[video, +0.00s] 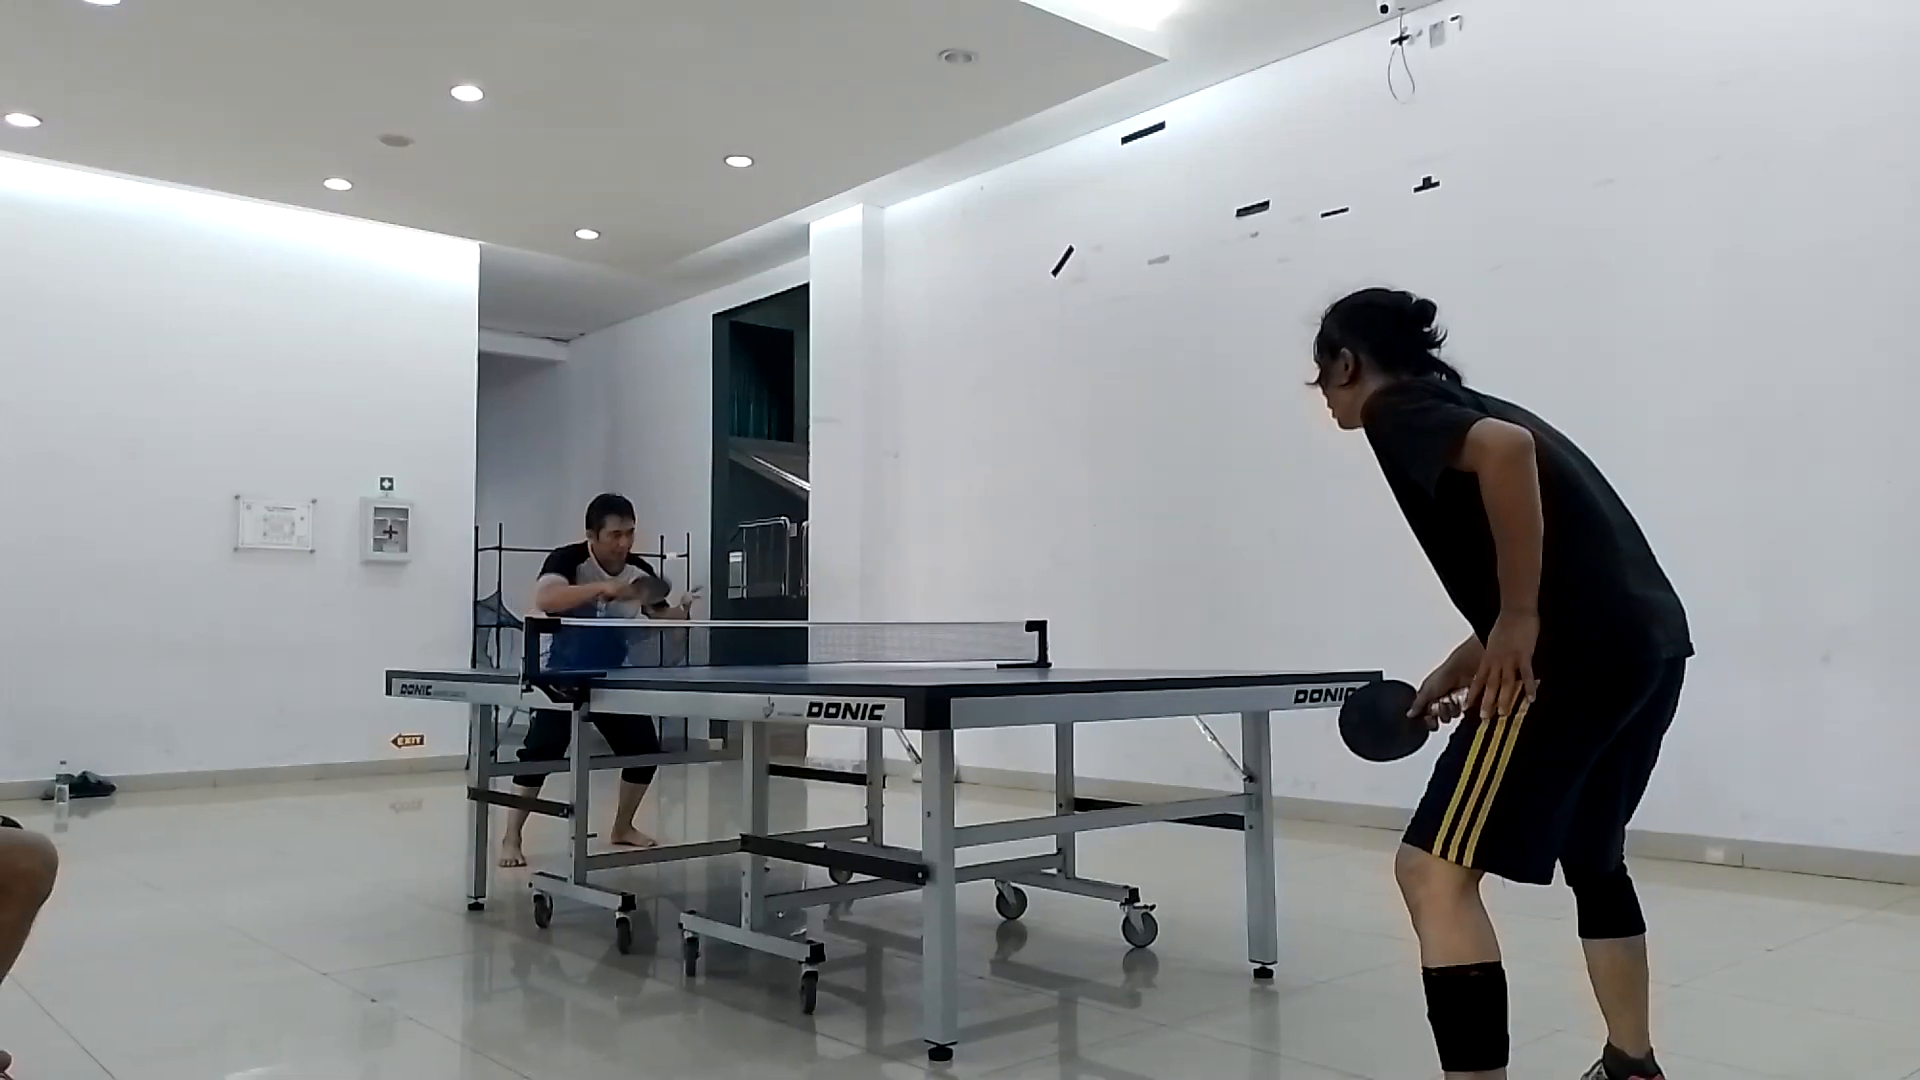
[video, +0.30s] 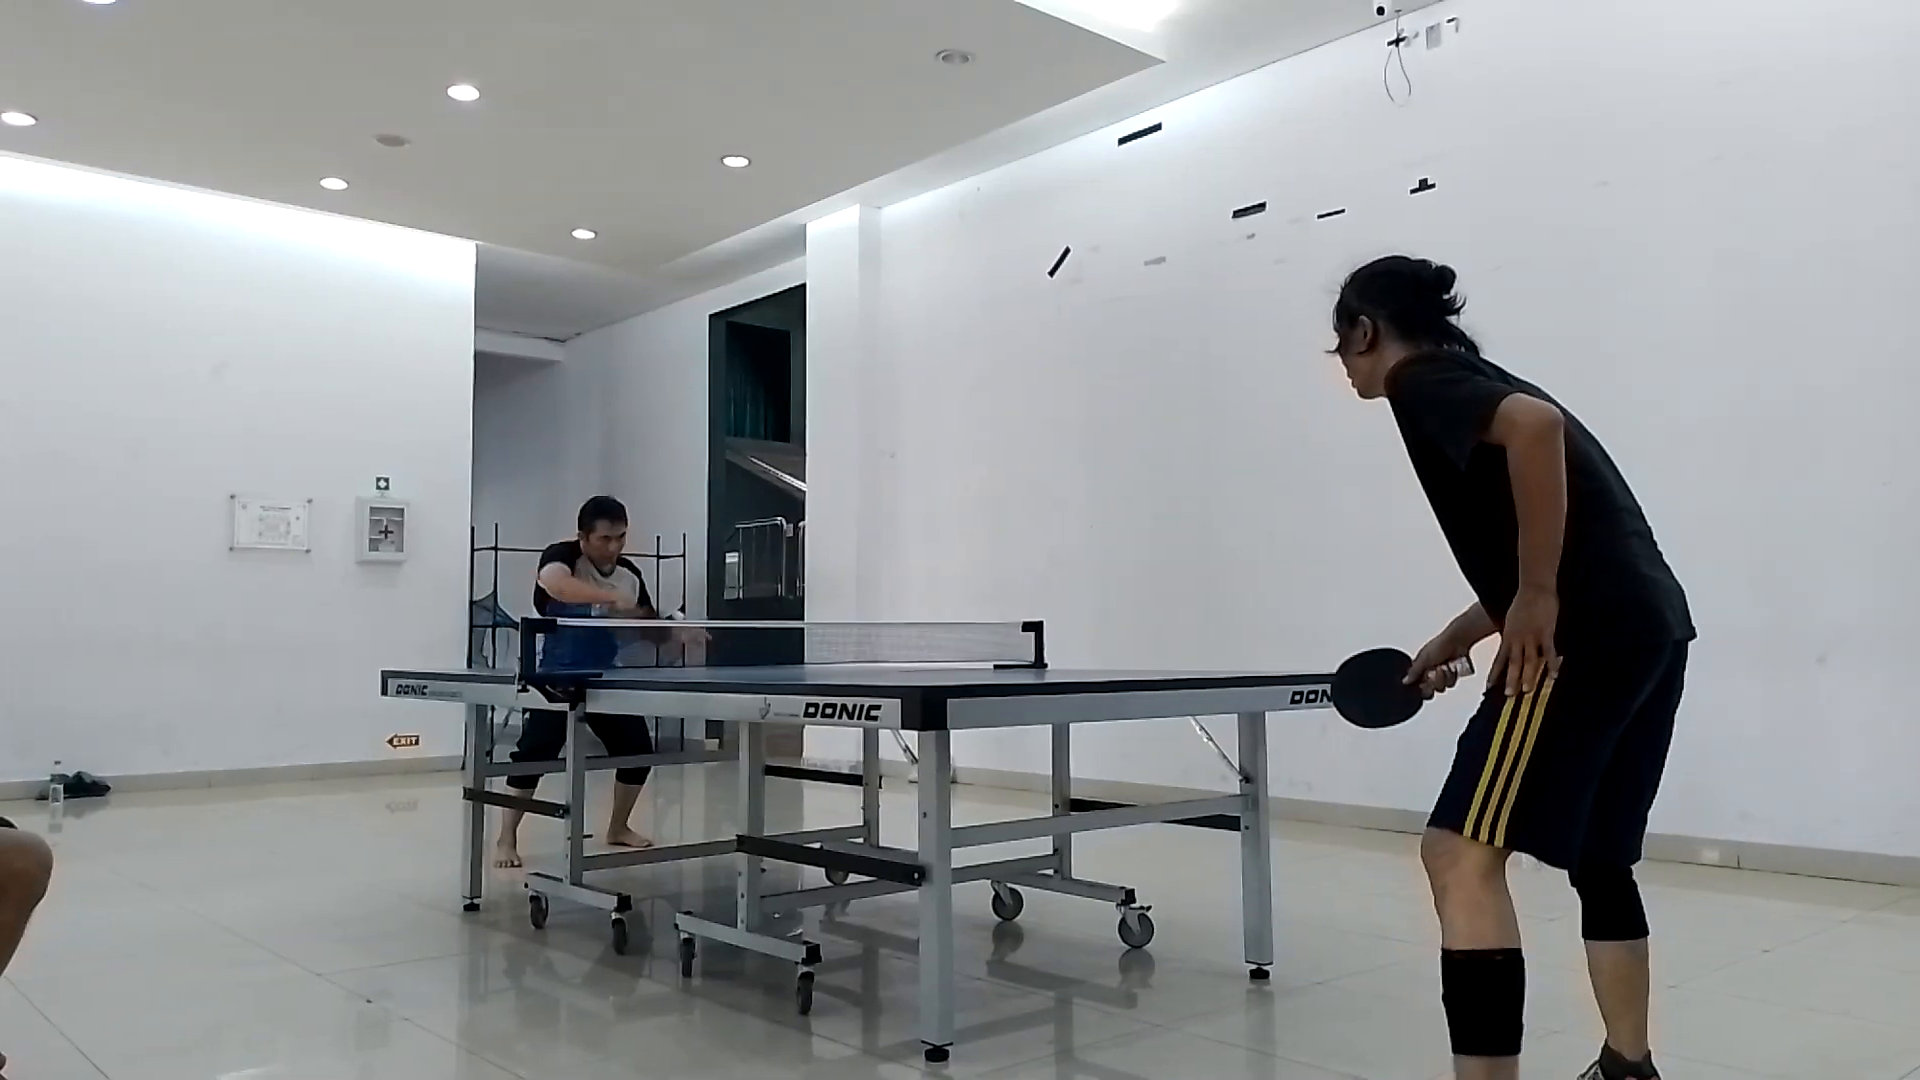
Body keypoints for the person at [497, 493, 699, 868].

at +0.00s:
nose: (625, 543)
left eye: (630, 534)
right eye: (616, 535)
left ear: (634, 534)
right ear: (592, 535)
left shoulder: (635, 570)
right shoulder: (565, 559)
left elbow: (661, 609)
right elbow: (545, 599)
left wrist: (678, 610)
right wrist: (602, 588)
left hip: (611, 681)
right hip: (561, 680)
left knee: (645, 751)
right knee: (542, 750)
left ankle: (623, 828)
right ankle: (511, 836)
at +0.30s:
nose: (615, 547)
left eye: (620, 538)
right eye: (605, 539)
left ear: (626, 536)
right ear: (583, 536)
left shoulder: (630, 576)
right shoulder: (558, 556)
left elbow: (647, 630)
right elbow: (557, 586)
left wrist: (678, 635)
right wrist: (611, 596)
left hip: (603, 680)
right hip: (554, 678)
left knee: (639, 750)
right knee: (536, 751)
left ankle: (618, 829)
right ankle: (507, 837)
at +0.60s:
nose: (617, 540)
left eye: (623, 531)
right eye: (608, 531)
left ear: (630, 531)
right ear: (588, 529)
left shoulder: (637, 574)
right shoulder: (564, 554)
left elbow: (640, 637)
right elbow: (517, 581)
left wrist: (662, 665)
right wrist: (520, 600)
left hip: (609, 684)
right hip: (556, 678)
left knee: (634, 755)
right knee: (531, 756)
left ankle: (617, 832)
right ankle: (506, 840)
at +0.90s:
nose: (600, 538)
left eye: (607, 530)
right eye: (591, 530)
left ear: (613, 533)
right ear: (570, 531)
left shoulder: (622, 580)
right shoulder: (542, 564)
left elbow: (636, 643)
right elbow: (493, 608)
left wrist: (646, 669)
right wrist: (516, 636)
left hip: (593, 690)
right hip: (538, 687)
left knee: (625, 762)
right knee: (491, 765)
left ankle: (614, 831)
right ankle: (452, 836)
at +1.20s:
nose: (570, 533)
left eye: (575, 525)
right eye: (560, 525)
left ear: (581, 527)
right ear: (536, 528)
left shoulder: (583, 577)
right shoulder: (505, 559)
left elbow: (594, 635)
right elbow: (467, 612)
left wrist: (605, 657)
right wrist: (503, 629)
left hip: (549, 679)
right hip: (494, 677)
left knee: (581, 754)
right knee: (473, 757)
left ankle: (575, 831)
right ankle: (448, 847)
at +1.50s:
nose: (544, 558)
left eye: (550, 549)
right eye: (534, 549)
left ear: (556, 549)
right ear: (510, 550)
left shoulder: (563, 589)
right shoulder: (482, 583)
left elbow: (581, 642)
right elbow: (459, 645)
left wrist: (597, 649)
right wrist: (510, 661)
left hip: (538, 696)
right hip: (485, 696)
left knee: (585, 757)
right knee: (464, 762)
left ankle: (573, 828)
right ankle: (427, 845)